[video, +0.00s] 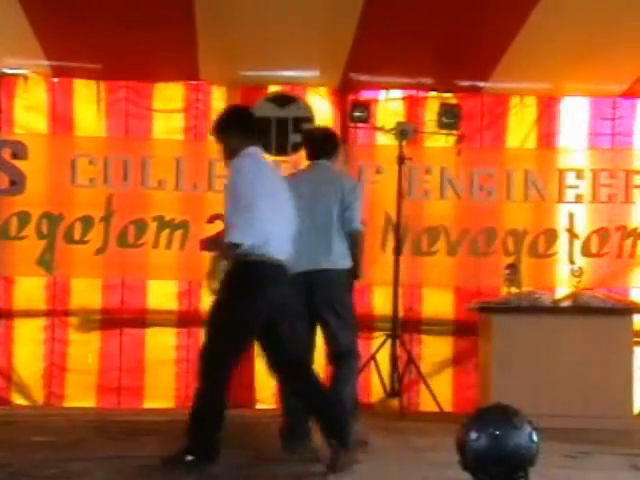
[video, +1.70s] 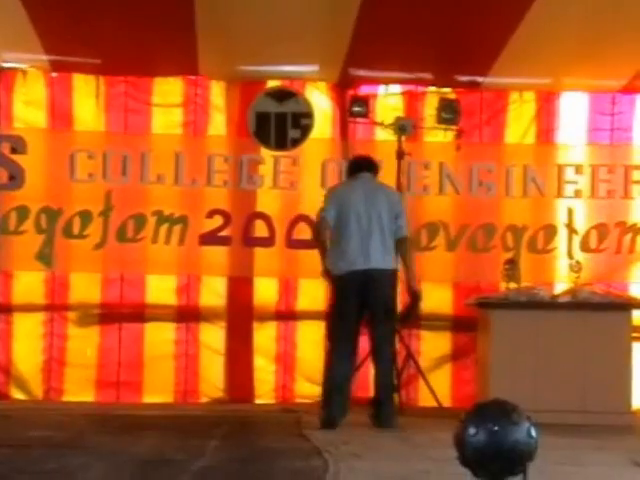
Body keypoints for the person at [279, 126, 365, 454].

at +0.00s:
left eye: (312, 149)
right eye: (334, 150)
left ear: (307, 152)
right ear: (336, 151)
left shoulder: (290, 184)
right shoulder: (345, 183)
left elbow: (281, 225)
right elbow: (353, 227)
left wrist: (283, 260)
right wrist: (357, 264)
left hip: (294, 271)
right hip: (333, 269)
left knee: (296, 355)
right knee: (344, 351)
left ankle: (295, 431)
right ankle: (341, 424)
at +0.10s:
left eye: (304, 152)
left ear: (304, 155)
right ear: (333, 154)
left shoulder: (287, 186)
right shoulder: (345, 184)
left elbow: (274, 230)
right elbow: (353, 229)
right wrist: (366, 270)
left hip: (295, 275)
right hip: (334, 272)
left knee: (294, 354)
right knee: (343, 351)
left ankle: (294, 429)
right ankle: (347, 422)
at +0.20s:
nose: (301, 164)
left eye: (301, 158)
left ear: (304, 160)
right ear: (332, 158)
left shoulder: (290, 188)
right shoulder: (347, 188)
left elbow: (282, 226)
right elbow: (360, 237)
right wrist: (375, 282)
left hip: (298, 276)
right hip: (337, 275)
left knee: (297, 355)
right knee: (343, 352)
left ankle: (296, 433)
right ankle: (351, 429)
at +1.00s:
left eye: (328, 174)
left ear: (328, 174)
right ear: (356, 173)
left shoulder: (322, 195)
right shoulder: (372, 199)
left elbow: (295, 219)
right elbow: (387, 245)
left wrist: (315, 188)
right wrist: (396, 289)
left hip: (329, 281)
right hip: (364, 281)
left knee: (330, 351)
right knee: (360, 353)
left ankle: (329, 418)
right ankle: (357, 420)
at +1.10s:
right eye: (355, 175)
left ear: (327, 175)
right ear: (355, 174)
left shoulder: (317, 197)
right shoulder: (371, 198)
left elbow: (295, 233)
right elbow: (385, 243)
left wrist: (309, 200)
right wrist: (396, 286)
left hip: (328, 280)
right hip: (363, 280)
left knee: (329, 348)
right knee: (360, 349)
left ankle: (329, 417)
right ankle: (358, 414)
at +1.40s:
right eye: (358, 176)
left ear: (335, 176)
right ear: (362, 175)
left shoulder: (319, 197)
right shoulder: (373, 196)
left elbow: (293, 223)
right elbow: (385, 237)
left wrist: (307, 248)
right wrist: (397, 280)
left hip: (332, 280)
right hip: (367, 278)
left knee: (332, 349)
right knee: (369, 349)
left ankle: (329, 419)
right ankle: (373, 415)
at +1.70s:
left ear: (349, 173)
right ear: (376, 173)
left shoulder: (338, 193)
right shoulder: (391, 195)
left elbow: (322, 225)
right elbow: (403, 240)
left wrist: (326, 261)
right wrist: (413, 283)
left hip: (347, 274)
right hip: (383, 275)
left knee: (342, 344)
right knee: (384, 345)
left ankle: (333, 411)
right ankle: (385, 412)